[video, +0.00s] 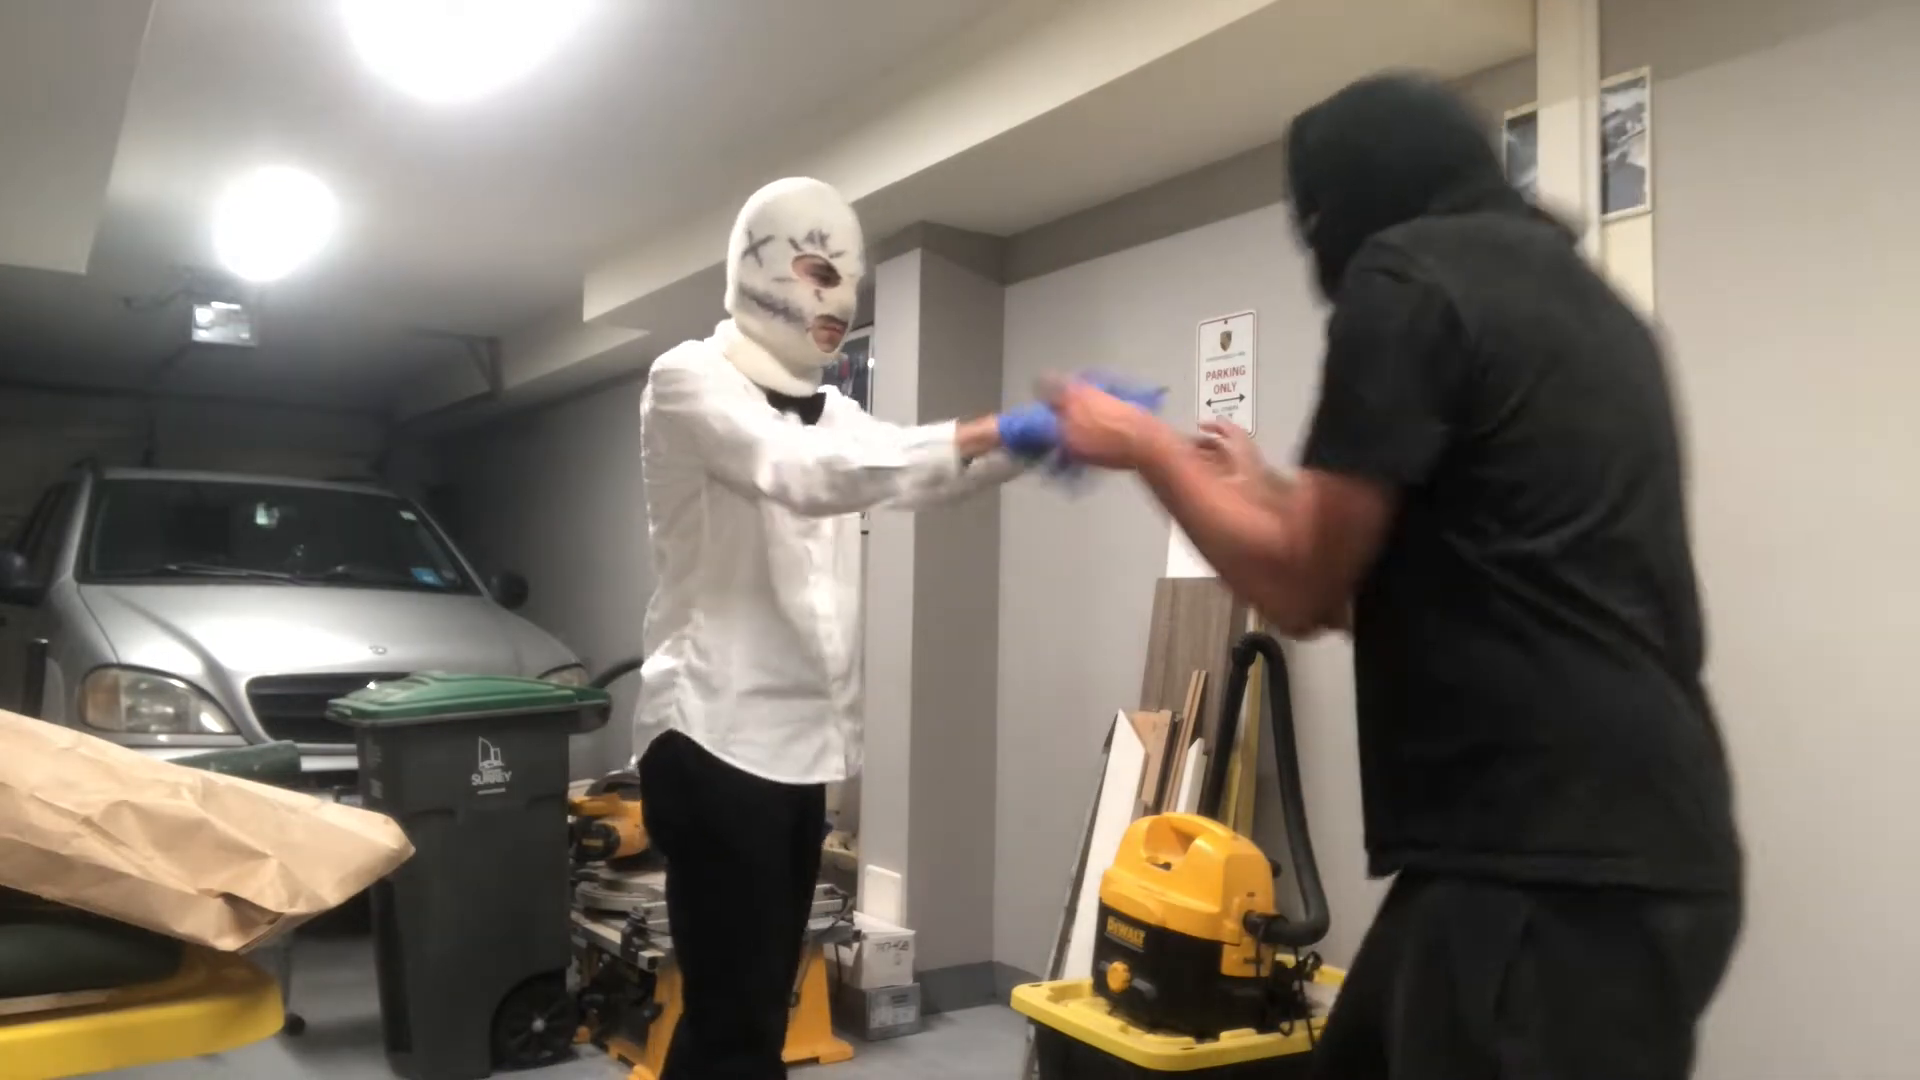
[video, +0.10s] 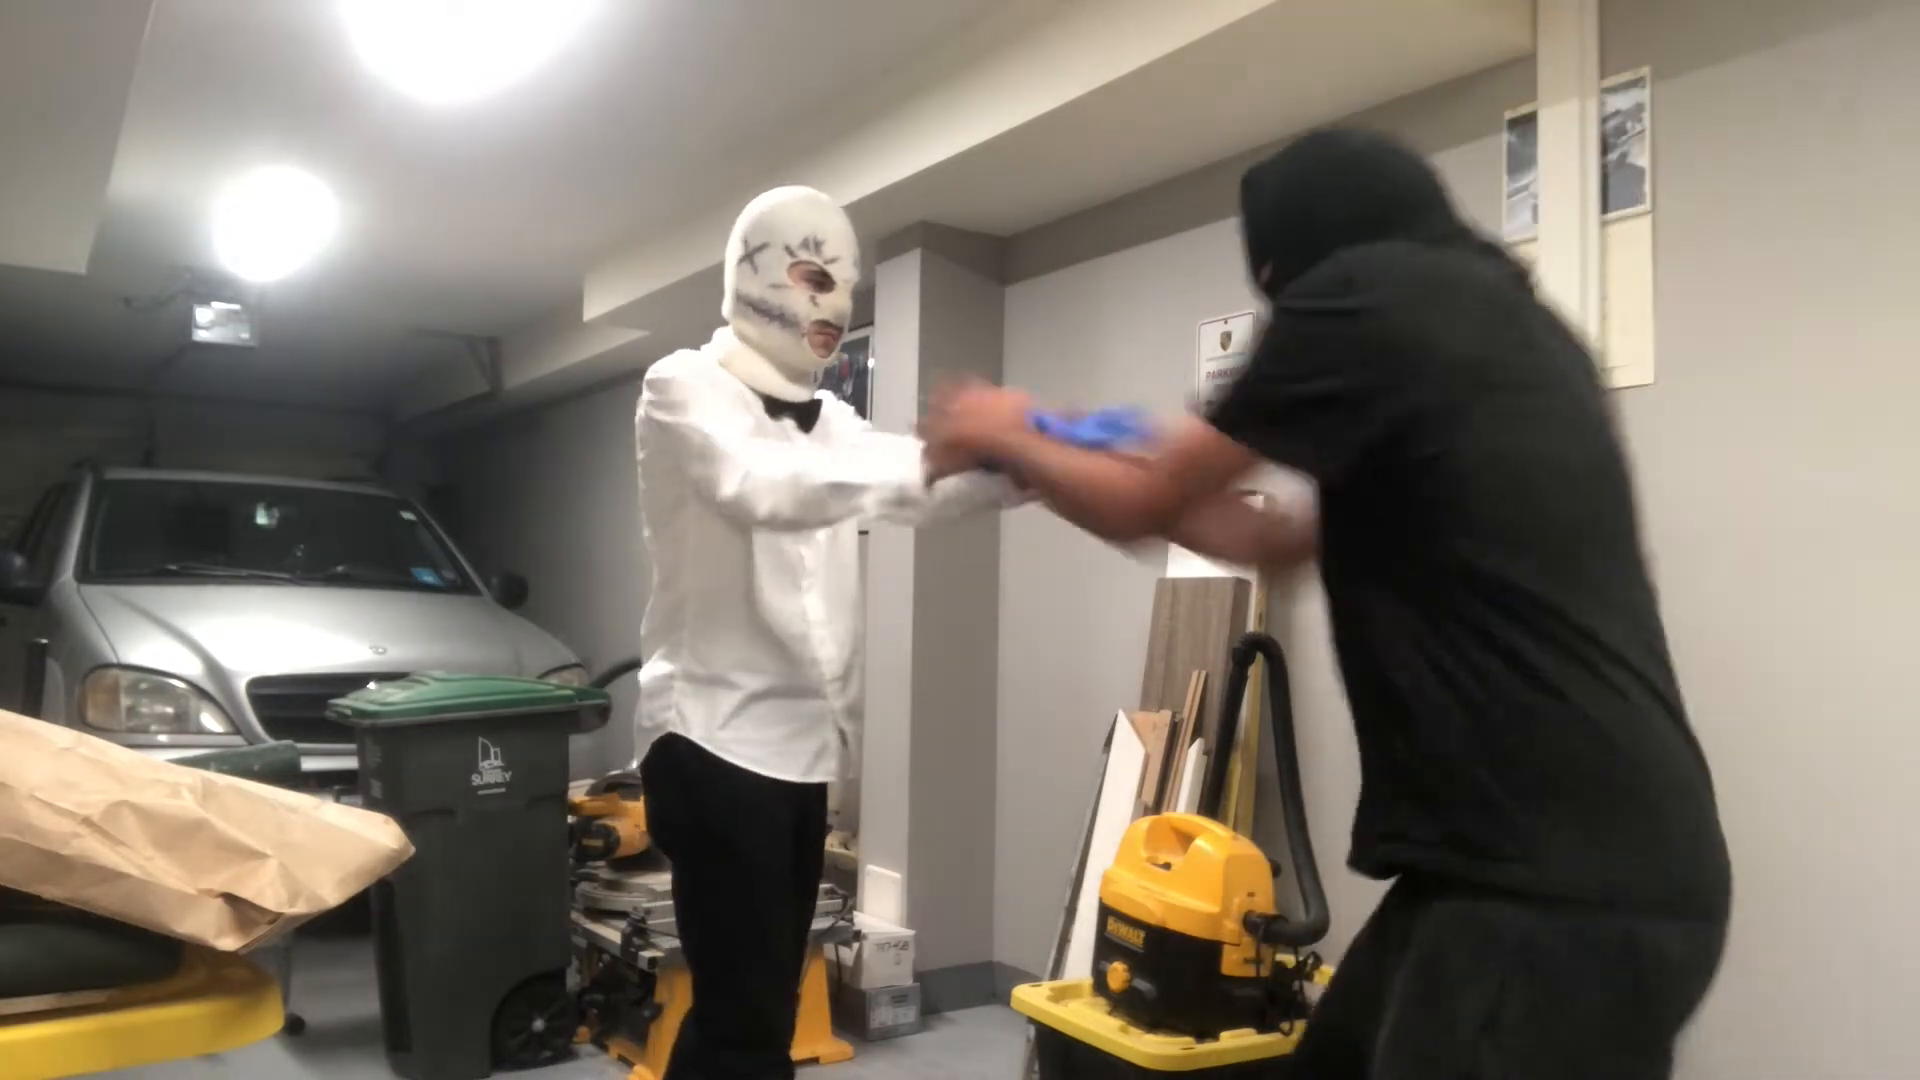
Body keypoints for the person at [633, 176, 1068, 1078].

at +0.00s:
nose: (832, 301)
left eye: (844, 281)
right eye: (809, 273)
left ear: (856, 290)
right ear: (751, 272)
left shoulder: (825, 411)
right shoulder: (689, 379)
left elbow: (914, 471)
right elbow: (799, 476)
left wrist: (1029, 439)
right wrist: (979, 435)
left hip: (796, 756)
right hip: (713, 748)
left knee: (757, 1019)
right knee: (730, 1023)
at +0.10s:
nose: (831, 305)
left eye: (840, 284)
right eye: (808, 278)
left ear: (851, 292)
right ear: (748, 278)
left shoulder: (831, 421)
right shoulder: (684, 387)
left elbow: (919, 490)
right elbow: (758, 489)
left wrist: (1042, 463)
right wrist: (942, 459)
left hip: (799, 750)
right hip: (711, 744)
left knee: (762, 1015)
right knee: (740, 1018)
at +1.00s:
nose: (755, 319)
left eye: (764, 301)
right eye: (729, 296)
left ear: (771, 310)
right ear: (672, 303)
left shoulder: (757, 422)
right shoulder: (610, 398)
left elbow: (845, 490)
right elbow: (698, 473)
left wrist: (961, 475)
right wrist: (872, 427)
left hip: (705, 739)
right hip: (605, 734)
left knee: (695, 982)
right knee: (652, 988)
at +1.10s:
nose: (750, 313)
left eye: (759, 295)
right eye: (723, 291)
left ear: (767, 304)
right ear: (665, 299)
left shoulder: (753, 419)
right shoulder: (608, 393)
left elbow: (839, 517)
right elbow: (714, 463)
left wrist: (956, 488)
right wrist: (899, 426)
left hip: (699, 740)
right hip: (599, 737)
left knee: (680, 1005)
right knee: (615, 1005)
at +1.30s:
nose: (765, 313)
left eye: (772, 295)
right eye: (740, 292)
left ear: (779, 303)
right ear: (681, 297)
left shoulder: (747, 435)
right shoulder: (623, 387)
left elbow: (834, 530)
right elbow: (697, 470)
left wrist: (919, 467)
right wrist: (873, 445)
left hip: (693, 745)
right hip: (591, 738)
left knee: (708, 983)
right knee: (587, 998)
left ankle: (661, 1073)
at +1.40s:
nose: (768, 328)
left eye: (777, 309)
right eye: (746, 302)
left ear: (781, 314)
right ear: (689, 301)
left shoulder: (741, 435)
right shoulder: (623, 393)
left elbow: (840, 515)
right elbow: (694, 511)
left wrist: (931, 442)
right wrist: (852, 429)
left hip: (696, 743)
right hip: (612, 738)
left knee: (700, 994)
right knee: (651, 1004)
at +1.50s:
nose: (766, 320)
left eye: (775, 302)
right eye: (743, 298)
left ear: (783, 310)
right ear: (684, 299)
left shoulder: (738, 428)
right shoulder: (630, 397)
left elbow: (834, 490)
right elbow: (714, 505)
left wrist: (976, 444)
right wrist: (882, 465)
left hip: (694, 728)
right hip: (623, 723)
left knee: (704, 971)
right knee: (722, 971)